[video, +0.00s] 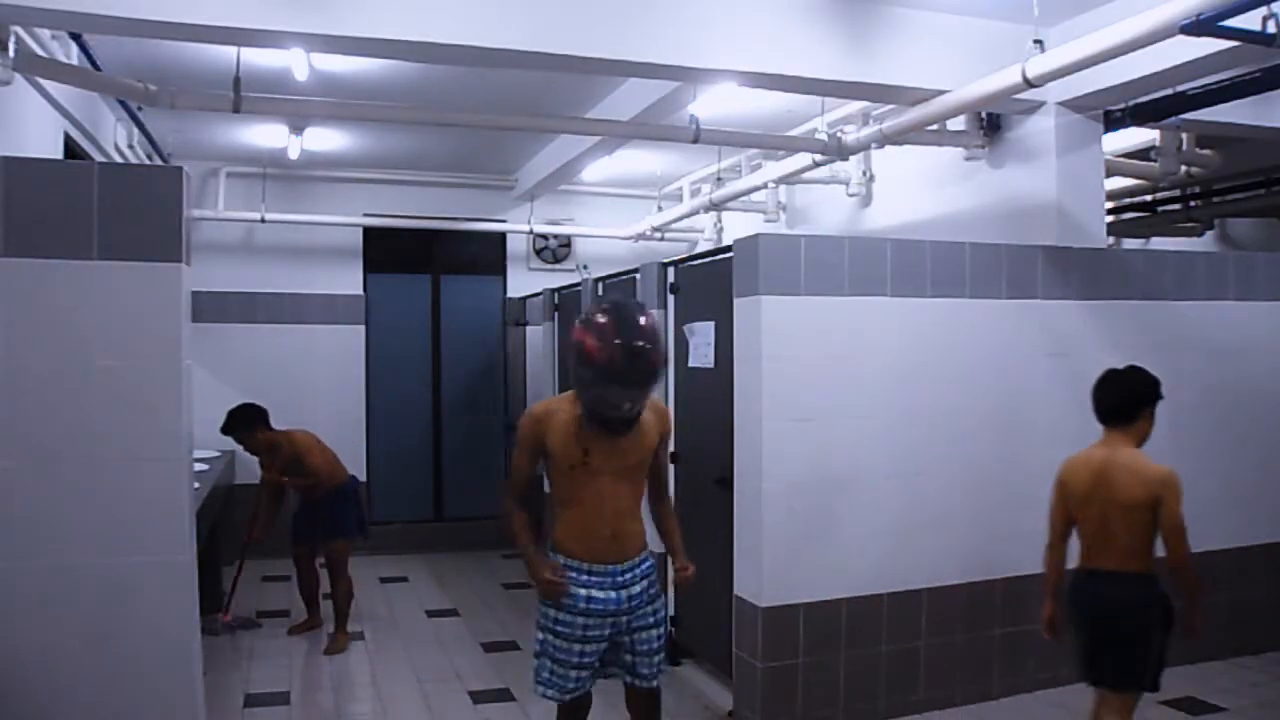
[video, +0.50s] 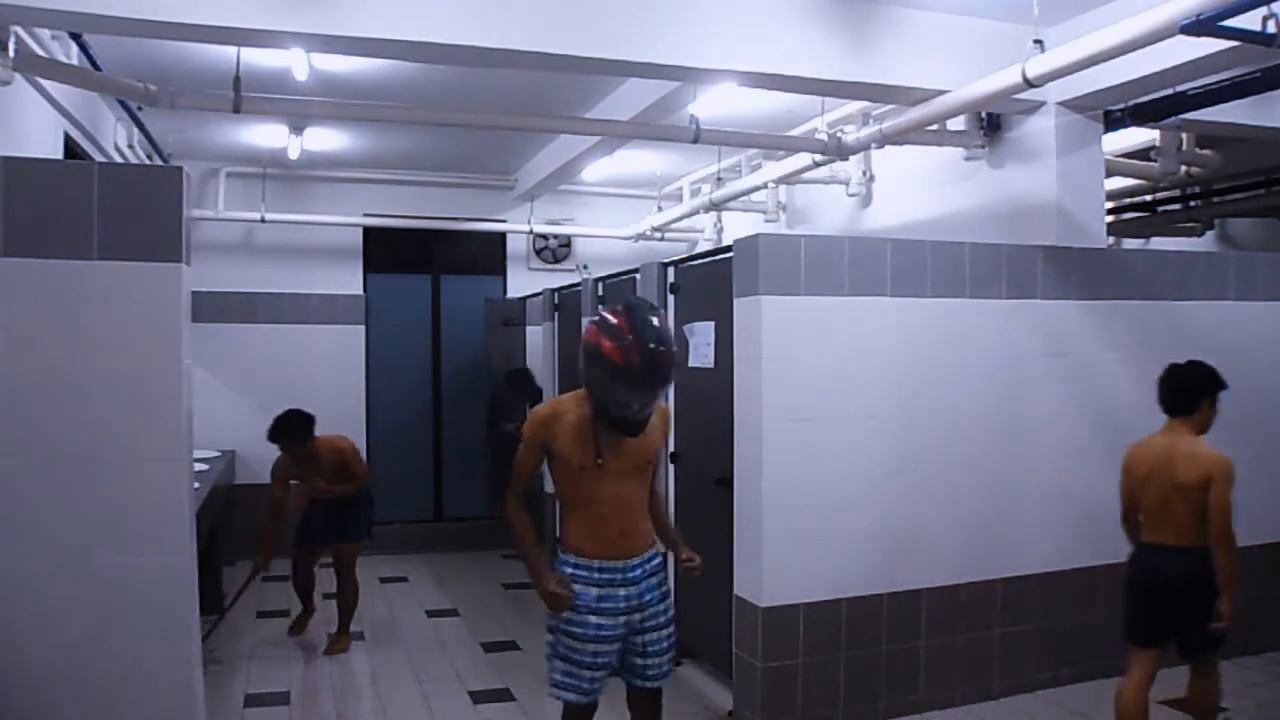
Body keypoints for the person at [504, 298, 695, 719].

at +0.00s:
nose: (622, 410)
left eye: (632, 398)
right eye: (610, 400)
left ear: (647, 383)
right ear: (583, 379)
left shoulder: (656, 418)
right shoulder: (543, 421)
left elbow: (660, 496)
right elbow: (518, 502)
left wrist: (678, 553)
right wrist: (535, 562)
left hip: (640, 579)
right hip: (574, 582)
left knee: (646, 698)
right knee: (574, 705)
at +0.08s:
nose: (642, 407)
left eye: (649, 394)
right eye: (631, 396)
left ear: (655, 383)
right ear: (598, 380)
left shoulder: (652, 416)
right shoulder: (546, 420)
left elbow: (641, 491)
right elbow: (509, 500)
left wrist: (671, 546)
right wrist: (537, 567)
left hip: (642, 579)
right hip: (580, 584)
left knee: (645, 697)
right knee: (574, 706)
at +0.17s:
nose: (645, 413)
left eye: (652, 402)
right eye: (637, 401)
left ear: (658, 389)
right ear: (607, 382)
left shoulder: (643, 417)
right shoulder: (550, 420)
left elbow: (625, 503)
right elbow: (503, 492)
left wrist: (659, 548)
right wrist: (532, 565)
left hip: (646, 576)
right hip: (587, 581)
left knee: (644, 700)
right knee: (580, 704)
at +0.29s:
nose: (648, 414)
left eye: (655, 403)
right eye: (639, 401)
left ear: (660, 392)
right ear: (607, 382)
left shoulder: (642, 418)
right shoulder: (551, 421)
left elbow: (630, 498)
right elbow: (501, 485)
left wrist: (656, 551)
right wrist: (526, 559)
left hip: (653, 575)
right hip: (593, 582)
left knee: (652, 697)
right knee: (588, 703)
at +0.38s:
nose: (645, 414)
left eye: (652, 404)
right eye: (636, 403)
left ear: (659, 392)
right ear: (604, 383)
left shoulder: (645, 416)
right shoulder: (553, 420)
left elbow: (633, 500)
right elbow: (502, 488)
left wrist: (660, 548)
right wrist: (532, 564)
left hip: (654, 577)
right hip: (593, 584)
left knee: (652, 700)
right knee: (589, 703)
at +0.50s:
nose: (639, 413)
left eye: (649, 399)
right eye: (626, 401)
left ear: (658, 384)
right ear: (594, 379)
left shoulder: (658, 416)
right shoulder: (550, 419)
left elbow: (651, 491)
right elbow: (514, 500)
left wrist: (676, 544)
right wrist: (541, 574)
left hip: (649, 580)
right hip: (585, 584)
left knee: (648, 703)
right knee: (580, 707)